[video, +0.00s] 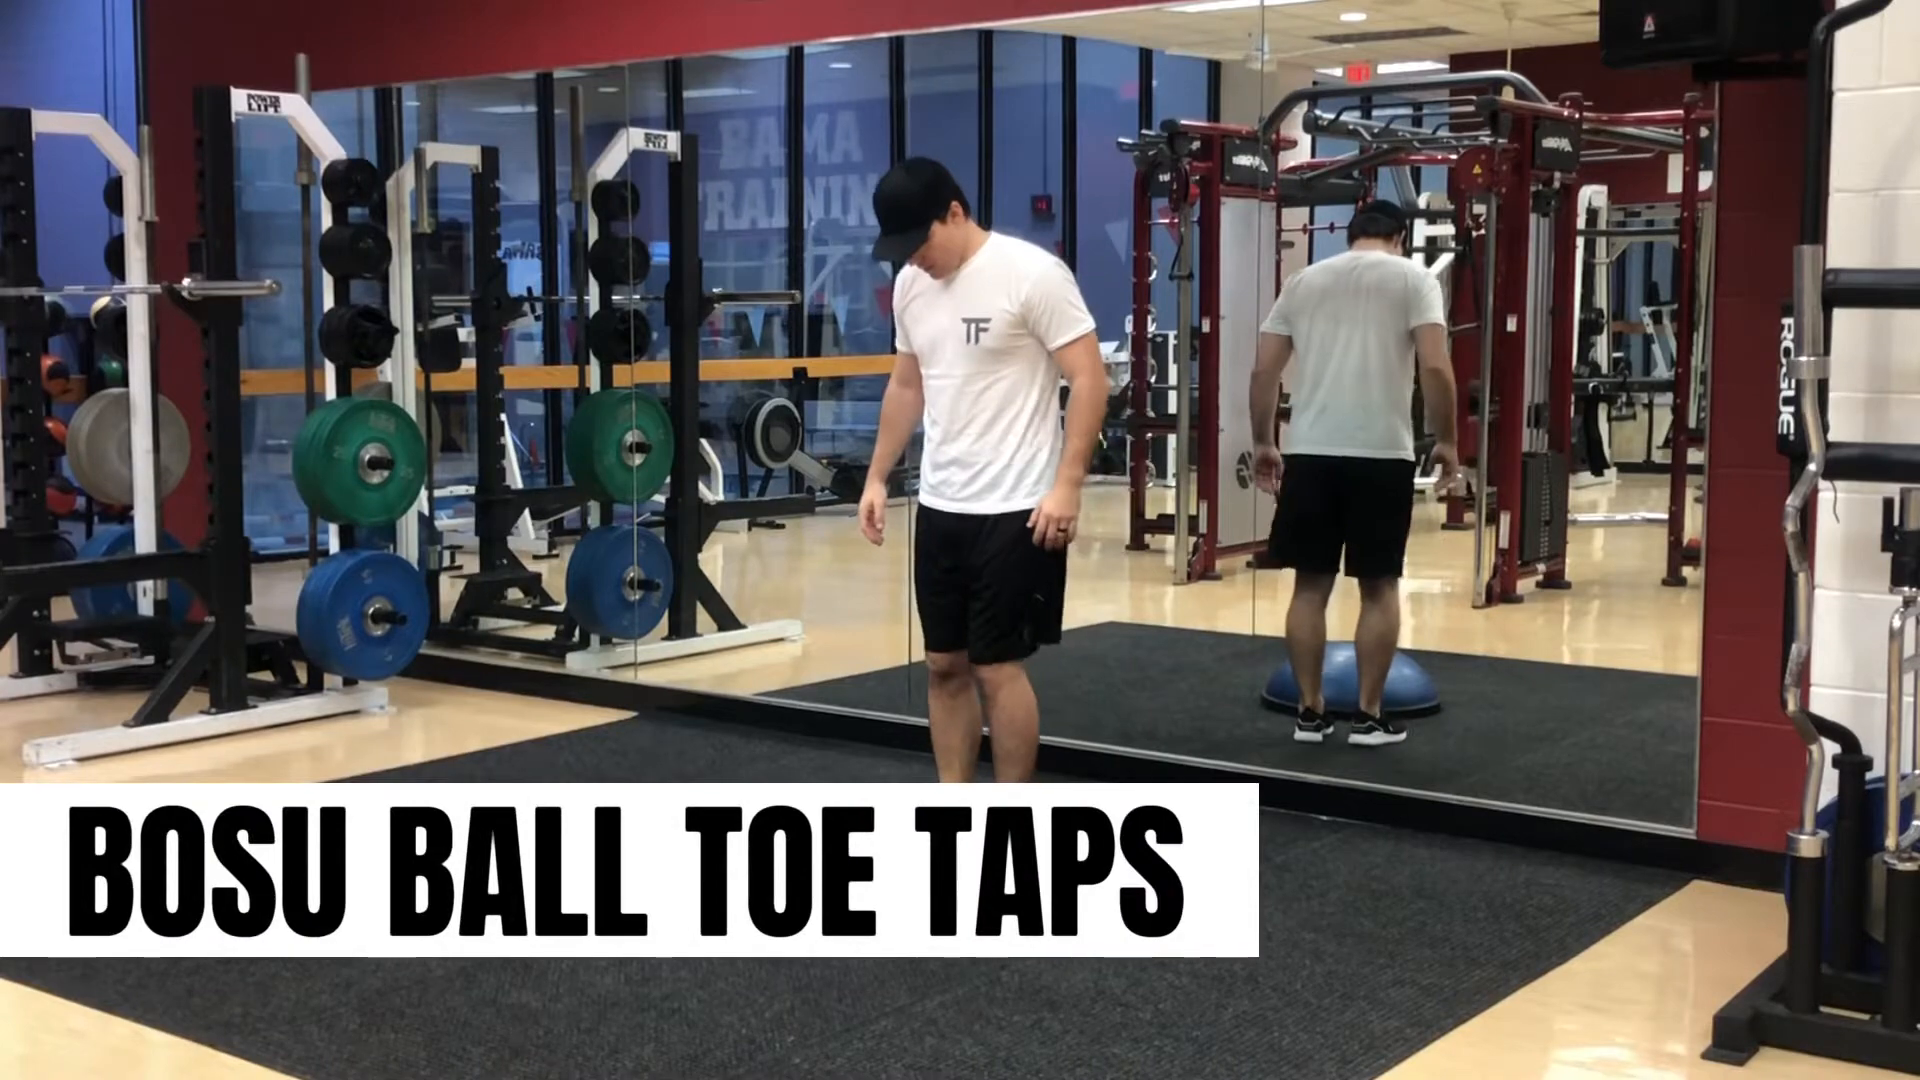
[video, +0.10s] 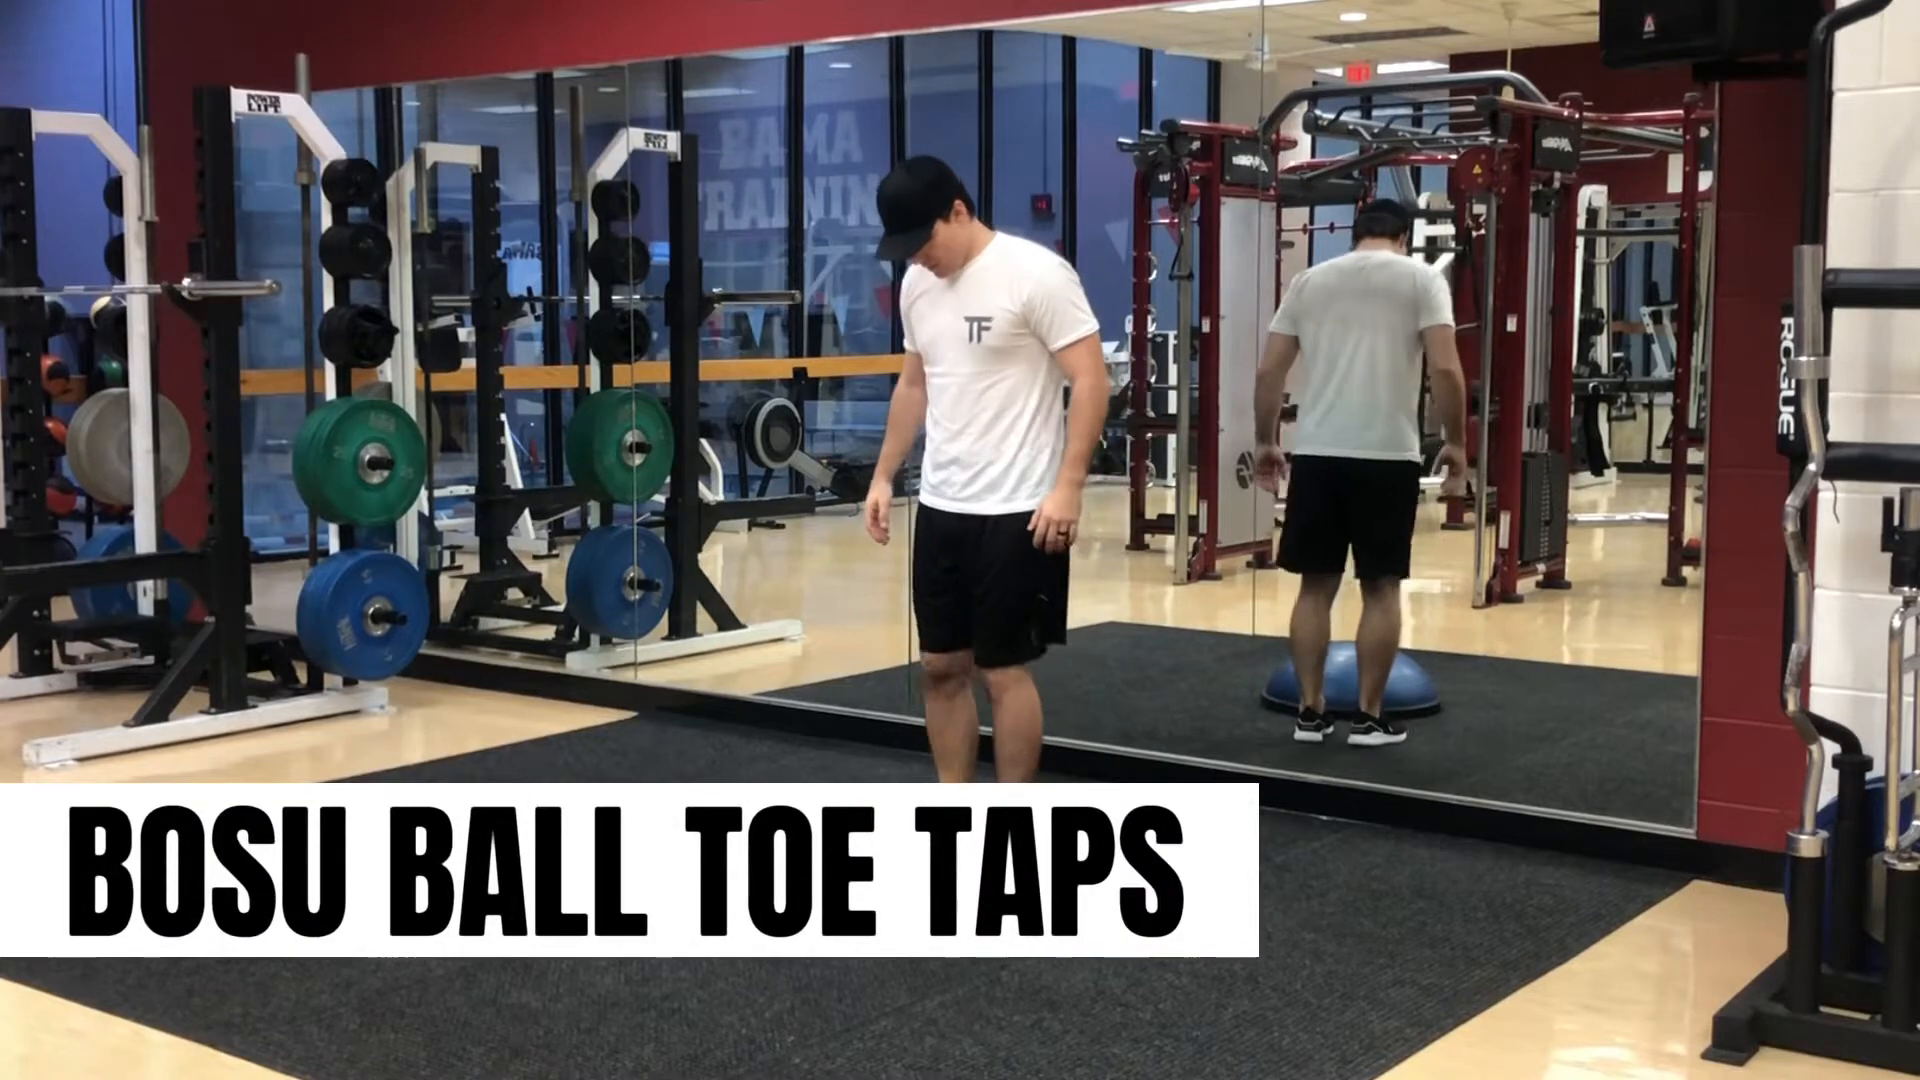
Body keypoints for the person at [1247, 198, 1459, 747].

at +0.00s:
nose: (1404, 252)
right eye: (1405, 245)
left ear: (1350, 237)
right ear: (1397, 240)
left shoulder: (1305, 281)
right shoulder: (1415, 278)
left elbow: (1264, 370)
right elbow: (1435, 367)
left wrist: (1263, 443)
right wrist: (1446, 441)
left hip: (1310, 460)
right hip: (1382, 463)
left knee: (1310, 586)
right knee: (1379, 589)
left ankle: (1310, 713)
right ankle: (1369, 715)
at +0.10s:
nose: (1406, 250)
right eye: (1408, 242)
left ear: (1355, 236)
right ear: (1403, 240)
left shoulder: (1310, 280)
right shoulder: (1422, 278)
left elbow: (1269, 372)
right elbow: (1446, 371)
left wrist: (1265, 443)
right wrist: (1455, 443)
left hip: (1317, 461)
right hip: (1387, 463)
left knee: (1316, 585)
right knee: (1381, 589)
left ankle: (1310, 712)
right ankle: (1369, 717)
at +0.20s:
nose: (1414, 247)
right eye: (1415, 240)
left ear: (1361, 234)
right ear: (1410, 238)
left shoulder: (1315, 282)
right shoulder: (1430, 280)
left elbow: (1277, 372)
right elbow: (1457, 374)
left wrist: (1272, 442)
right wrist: (1467, 443)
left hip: (1324, 461)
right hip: (1394, 464)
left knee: (1324, 582)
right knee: (1384, 589)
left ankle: (1311, 705)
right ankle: (1370, 718)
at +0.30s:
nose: (1414, 245)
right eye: (1417, 238)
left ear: (1365, 236)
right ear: (1415, 238)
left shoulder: (1320, 281)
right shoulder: (1437, 281)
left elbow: (1283, 370)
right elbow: (1465, 374)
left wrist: (1278, 442)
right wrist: (1477, 444)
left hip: (1327, 460)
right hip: (1399, 465)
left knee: (1331, 573)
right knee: (1386, 589)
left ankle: (1313, 694)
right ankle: (1369, 718)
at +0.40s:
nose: (1415, 245)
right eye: (1419, 237)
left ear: (1366, 235)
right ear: (1418, 237)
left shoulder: (1324, 280)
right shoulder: (1443, 280)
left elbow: (1286, 370)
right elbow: (1471, 374)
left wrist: (1283, 439)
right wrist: (1481, 443)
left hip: (1328, 456)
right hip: (1400, 464)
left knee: (1336, 560)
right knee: (1387, 590)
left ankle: (1320, 682)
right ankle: (1370, 717)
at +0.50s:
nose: (1414, 246)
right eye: (1421, 238)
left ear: (1371, 234)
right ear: (1422, 238)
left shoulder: (1328, 278)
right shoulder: (1447, 280)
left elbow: (1289, 367)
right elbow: (1474, 373)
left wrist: (1286, 436)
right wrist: (1482, 443)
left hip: (1329, 452)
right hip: (1402, 460)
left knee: (1339, 550)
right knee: (1388, 589)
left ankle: (1325, 671)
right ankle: (1370, 718)